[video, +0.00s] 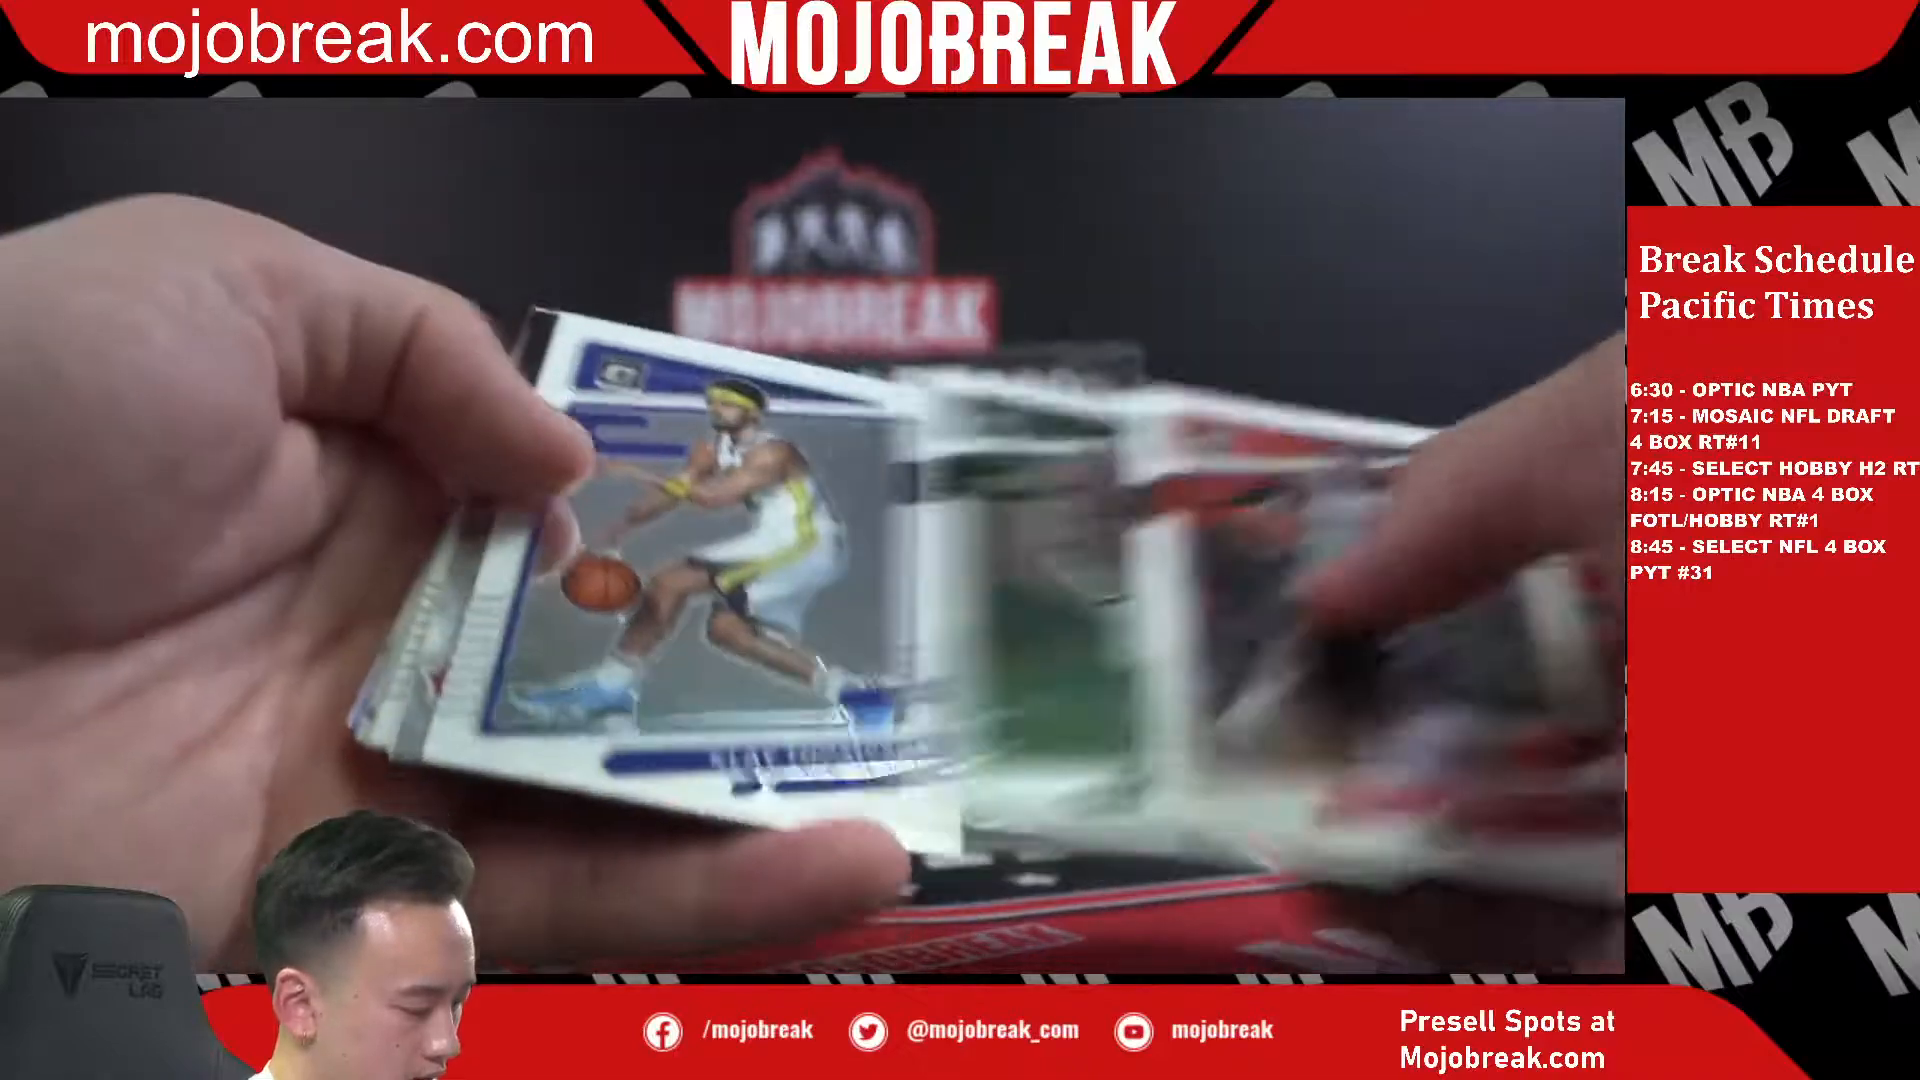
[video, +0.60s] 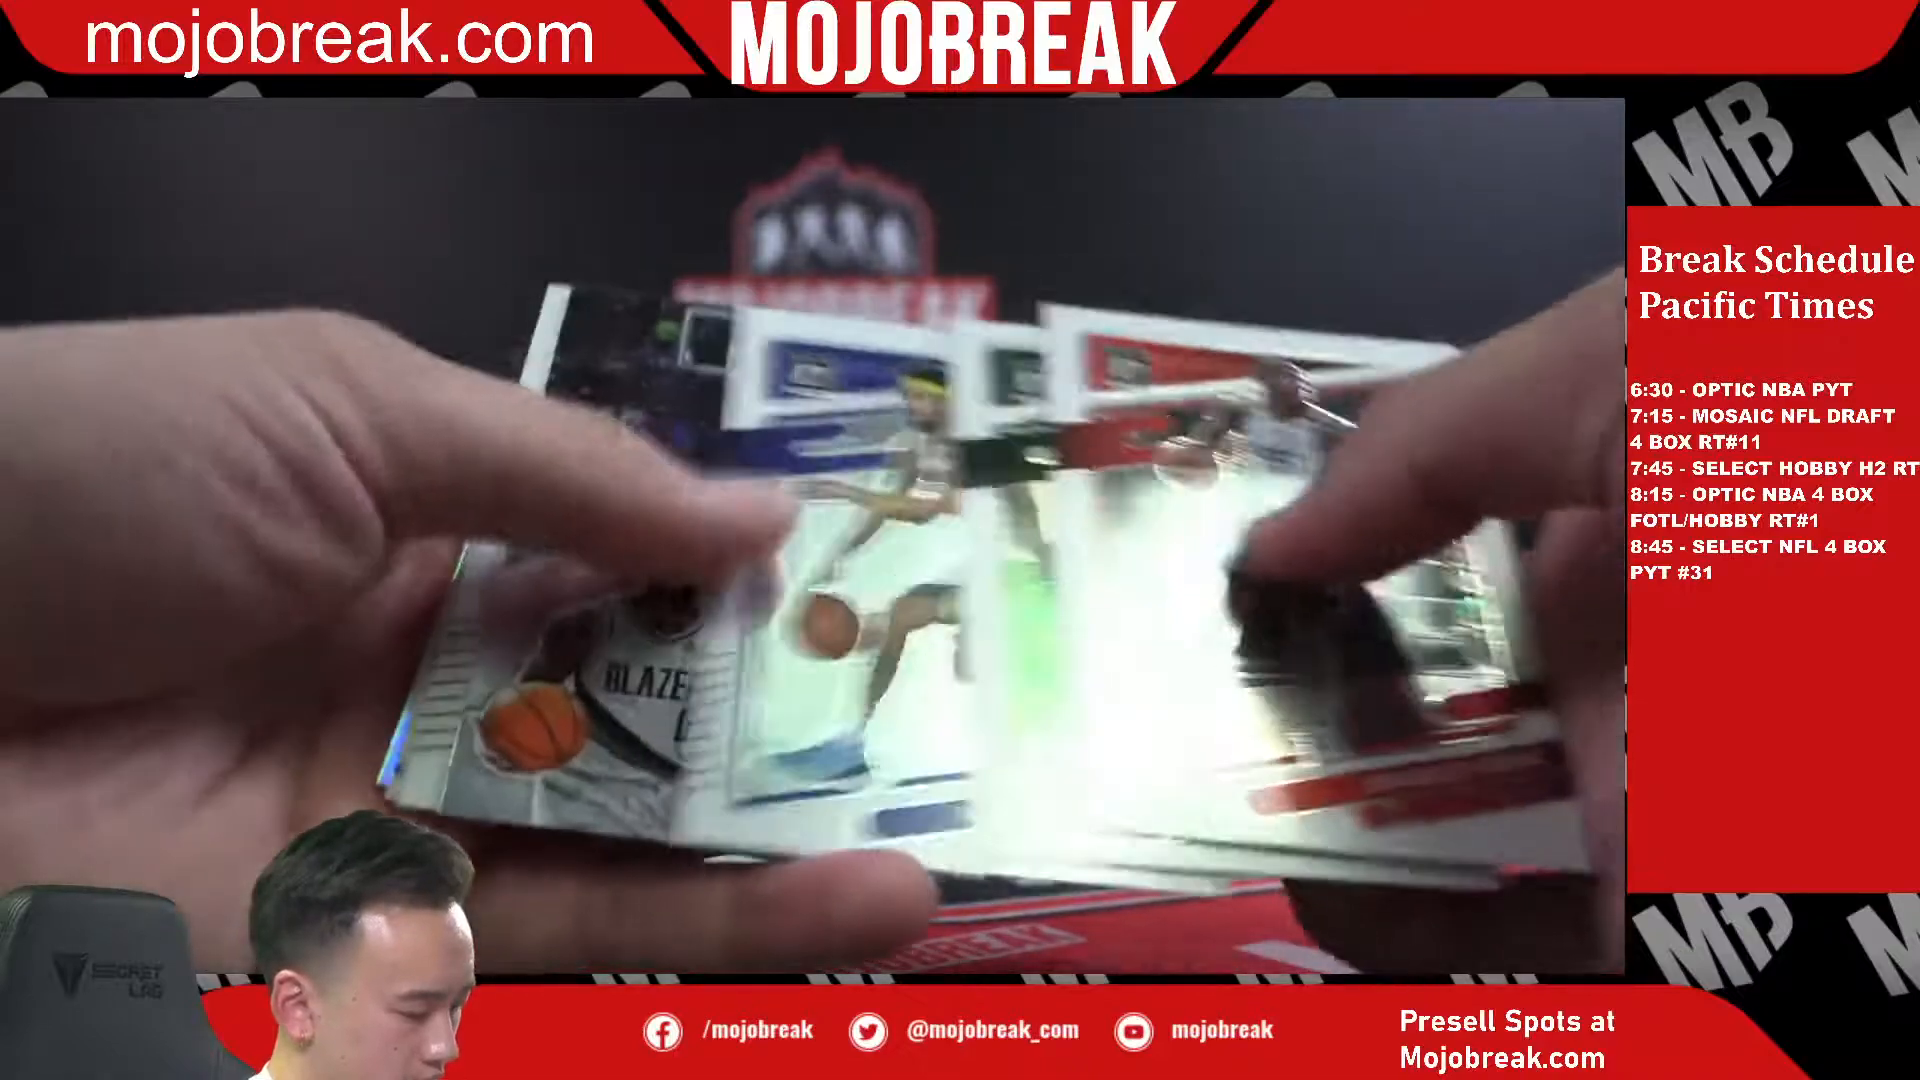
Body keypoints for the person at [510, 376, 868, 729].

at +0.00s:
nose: (718, 413)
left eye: (728, 405)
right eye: (714, 404)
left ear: (751, 412)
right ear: (711, 409)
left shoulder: (774, 454)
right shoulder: (710, 449)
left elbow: (714, 497)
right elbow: (672, 495)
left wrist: (641, 477)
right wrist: (624, 525)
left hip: (802, 550)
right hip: (778, 551)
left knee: (670, 583)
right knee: (726, 631)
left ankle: (614, 680)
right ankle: (841, 687)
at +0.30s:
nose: (741, 395)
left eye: (751, 387)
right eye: (737, 388)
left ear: (775, 388)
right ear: (737, 390)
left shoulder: (801, 425)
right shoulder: (736, 429)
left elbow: (750, 472)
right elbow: (703, 469)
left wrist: (692, 469)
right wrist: (656, 507)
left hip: (834, 518)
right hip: (805, 520)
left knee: (703, 555)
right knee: (760, 598)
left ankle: (648, 663)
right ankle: (883, 652)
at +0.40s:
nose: (806, 403)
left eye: (815, 394)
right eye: (799, 395)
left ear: (833, 387)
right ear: (792, 392)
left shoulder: (856, 419)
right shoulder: (789, 424)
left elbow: (810, 469)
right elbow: (764, 468)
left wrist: (738, 463)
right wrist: (733, 497)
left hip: (891, 516)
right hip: (861, 520)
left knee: (761, 568)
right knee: (827, 613)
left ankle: (711, 681)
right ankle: (951, 663)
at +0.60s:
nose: (918, 407)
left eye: (927, 398)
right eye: (912, 398)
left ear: (947, 399)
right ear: (907, 401)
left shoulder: (969, 443)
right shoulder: (915, 444)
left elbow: (926, 511)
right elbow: (890, 505)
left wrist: (848, 492)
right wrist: (840, 555)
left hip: (1013, 584)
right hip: (981, 578)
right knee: (904, 614)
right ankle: (859, 729)